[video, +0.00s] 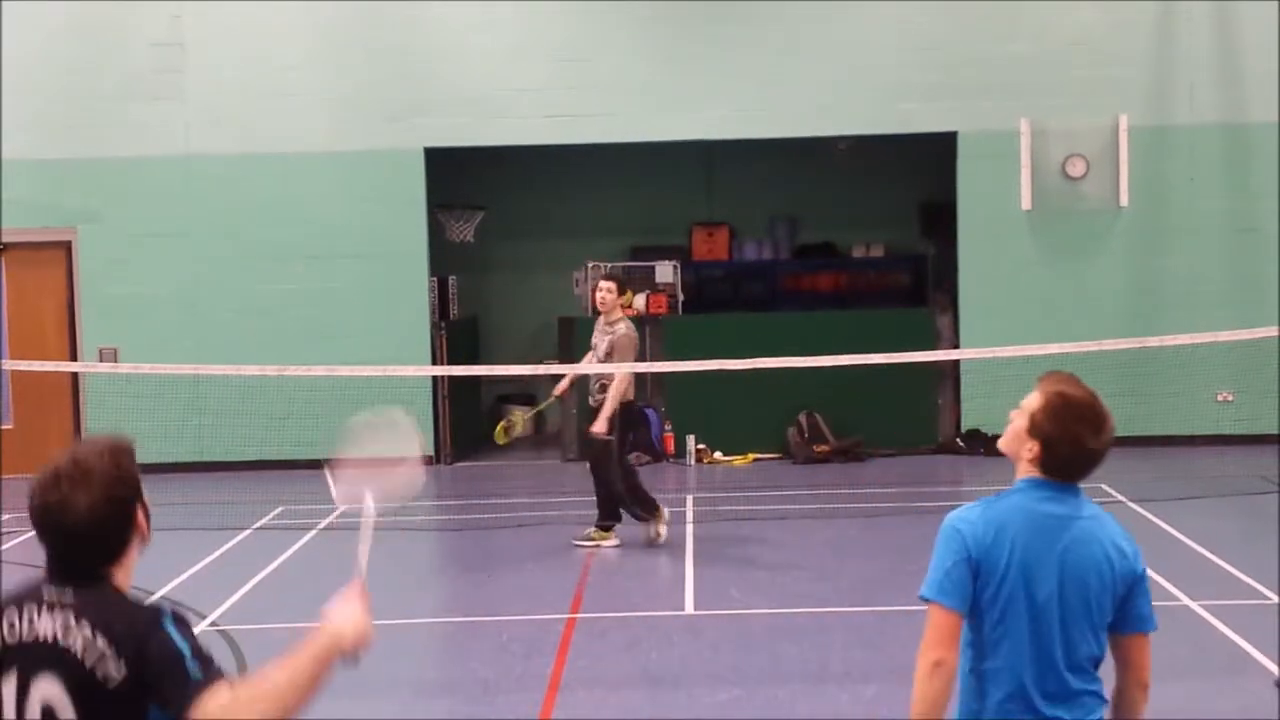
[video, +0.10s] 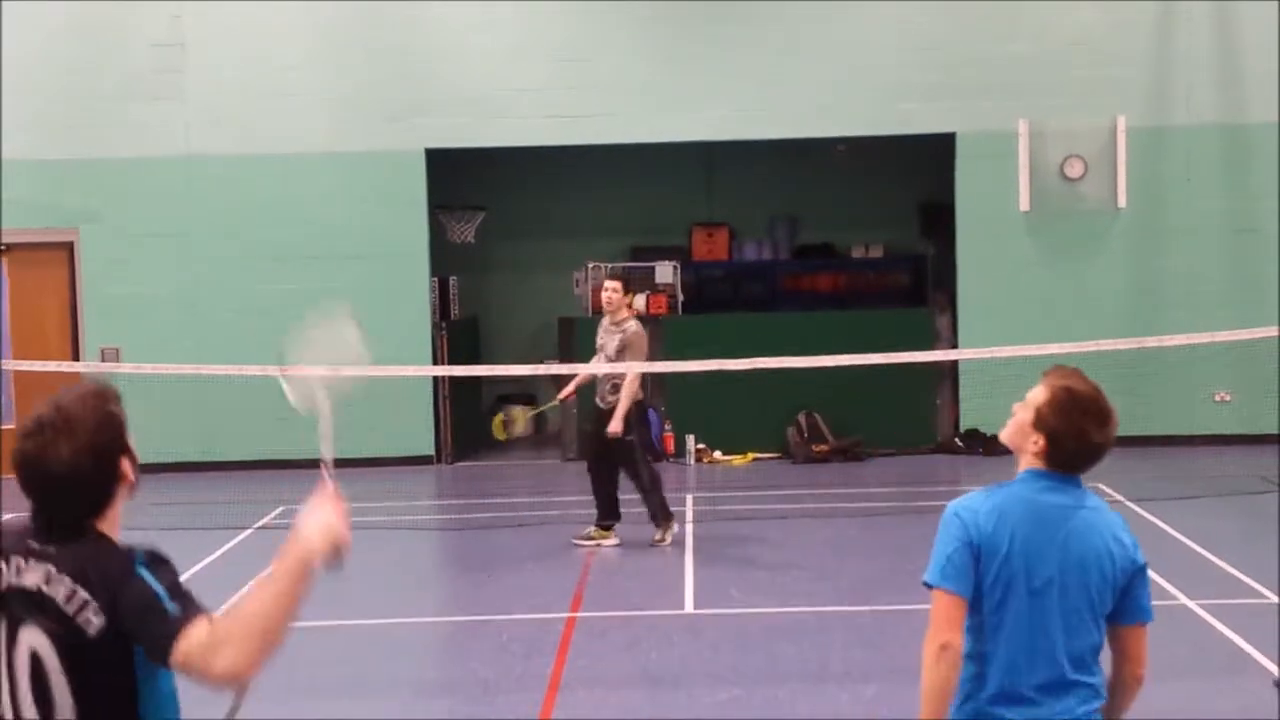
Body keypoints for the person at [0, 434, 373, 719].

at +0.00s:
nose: (145, 504)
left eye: (137, 495)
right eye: (143, 498)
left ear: (43, 528)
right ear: (140, 522)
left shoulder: (10, 615)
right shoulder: (147, 630)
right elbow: (221, 709)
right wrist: (332, 637)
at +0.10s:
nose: (132, 457)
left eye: (126, 443)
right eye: (128, 446)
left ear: (31, 478)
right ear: (125, 472)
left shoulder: (9, 546)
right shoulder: (127, 577)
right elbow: (226, 658)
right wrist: (305, 546)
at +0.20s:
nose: (107, 451)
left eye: (97, 441)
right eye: (102, 445)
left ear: (11, 478)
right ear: (100, 478)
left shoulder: (11, 561)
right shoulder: (95, 581)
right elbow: (211, 620)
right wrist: (268, 482)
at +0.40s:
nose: (58, 523)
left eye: (47, 518)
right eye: (47, 522)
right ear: (47, 573)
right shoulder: (19, 672)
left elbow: (129, 632)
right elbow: (130, 632)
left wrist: (112, 480)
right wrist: (112, 480)